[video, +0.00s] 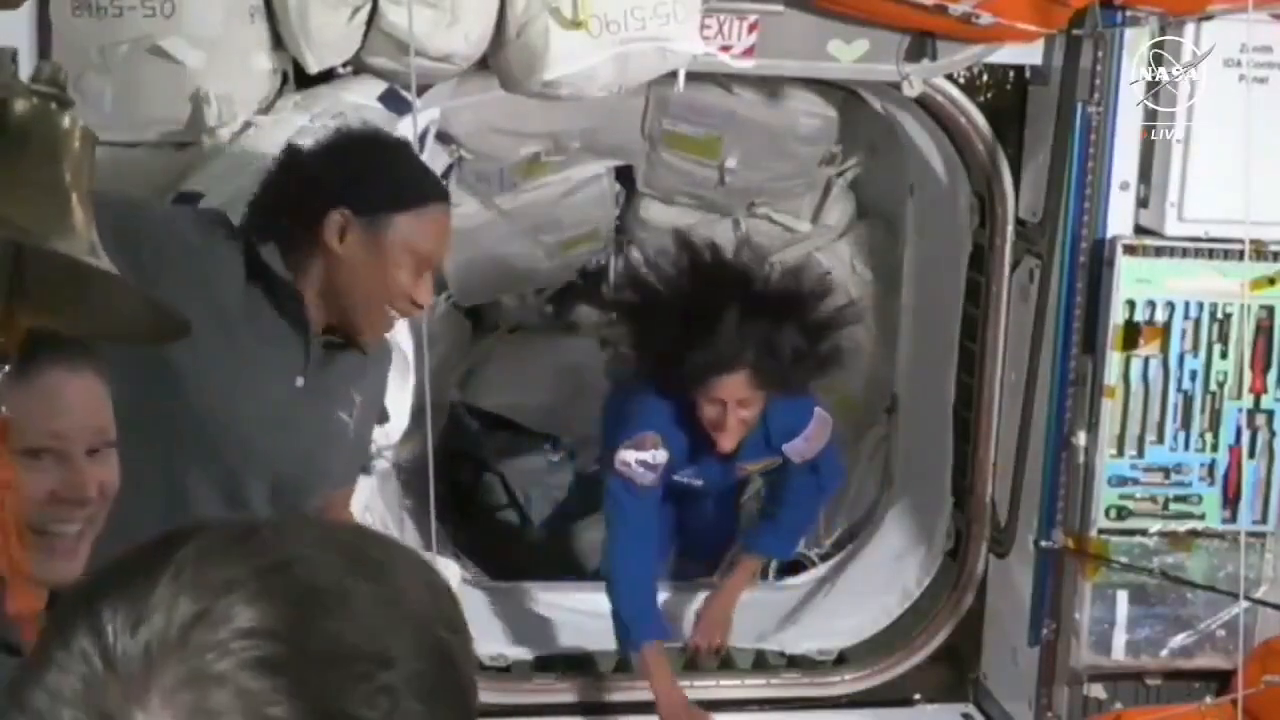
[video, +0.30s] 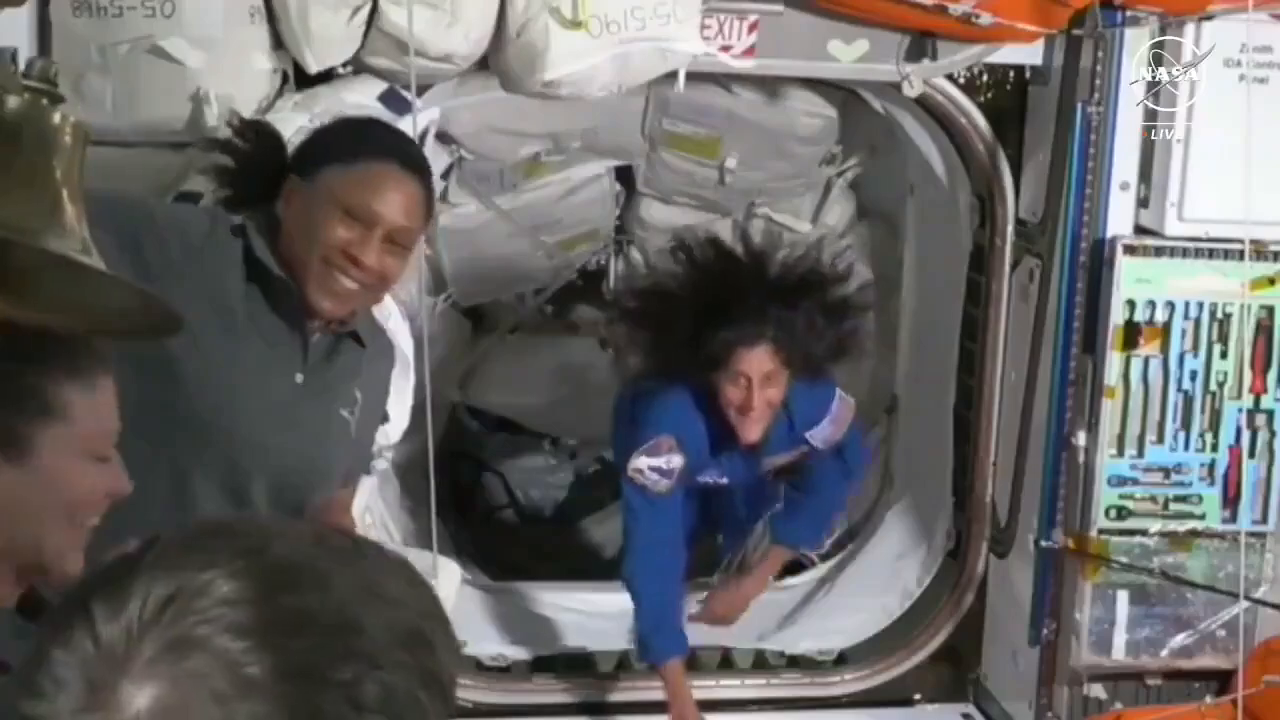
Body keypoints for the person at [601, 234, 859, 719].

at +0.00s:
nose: (728, 424)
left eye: (745, 406)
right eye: (714, 404)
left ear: (771, 396)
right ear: (689, 393)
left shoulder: (792, 413)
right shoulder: (649, 418)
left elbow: (822, 474)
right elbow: (630, 557)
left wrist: (732, 588)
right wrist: (666, 690)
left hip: (730, 478)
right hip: (656, 475)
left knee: (710, 556)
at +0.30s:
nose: (752, 401)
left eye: (769, 381)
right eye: (737, 381)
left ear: (791, 377)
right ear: (711, 378)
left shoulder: (816, 405)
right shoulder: (668, 420)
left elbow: (836, 477)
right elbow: (651, 559)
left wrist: (758, 577)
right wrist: (678, 695)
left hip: (756, 470)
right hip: (679, 471)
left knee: (745, 535)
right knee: (675, 553)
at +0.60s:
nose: (764, 412)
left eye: (783, 389)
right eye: (748, 388)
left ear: (807, 390)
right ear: (722, 384)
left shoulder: (835, 411)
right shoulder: (676, 433)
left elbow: (901, 438)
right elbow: (648, 570)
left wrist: (856, 573)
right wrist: (677, 699)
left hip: (753, 507)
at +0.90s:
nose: (764, 400)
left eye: (785, 380)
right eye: (751, 376)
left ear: (816, 385)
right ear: (730, 376)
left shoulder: (851, 417)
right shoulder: (684, 435)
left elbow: (932, 455)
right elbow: (663, 564)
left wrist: (912, 600)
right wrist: (694, 695)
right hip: (722, 519)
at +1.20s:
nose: (753, 384)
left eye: (778, 364)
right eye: (743, 359)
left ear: (817, 372)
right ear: (727, 360)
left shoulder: (870, 424)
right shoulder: (691, 423)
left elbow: (1033, 464)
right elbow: (666, 552)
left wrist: (1048, 614)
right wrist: (678, 683)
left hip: (791, 568)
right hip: (690, 553)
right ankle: (571, 469)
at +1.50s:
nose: (748, 398)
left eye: (771, 377)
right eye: (732, 372)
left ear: (819, 373)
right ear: (714, 360)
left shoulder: (875, 437)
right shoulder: (694, 398)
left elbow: (1031, 508)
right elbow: (597, 427)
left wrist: (1109, 644)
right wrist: (527, 500)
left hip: (824, 584)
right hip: (714, 530)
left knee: (701, 688)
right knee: (602, 608)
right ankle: (673, 529)